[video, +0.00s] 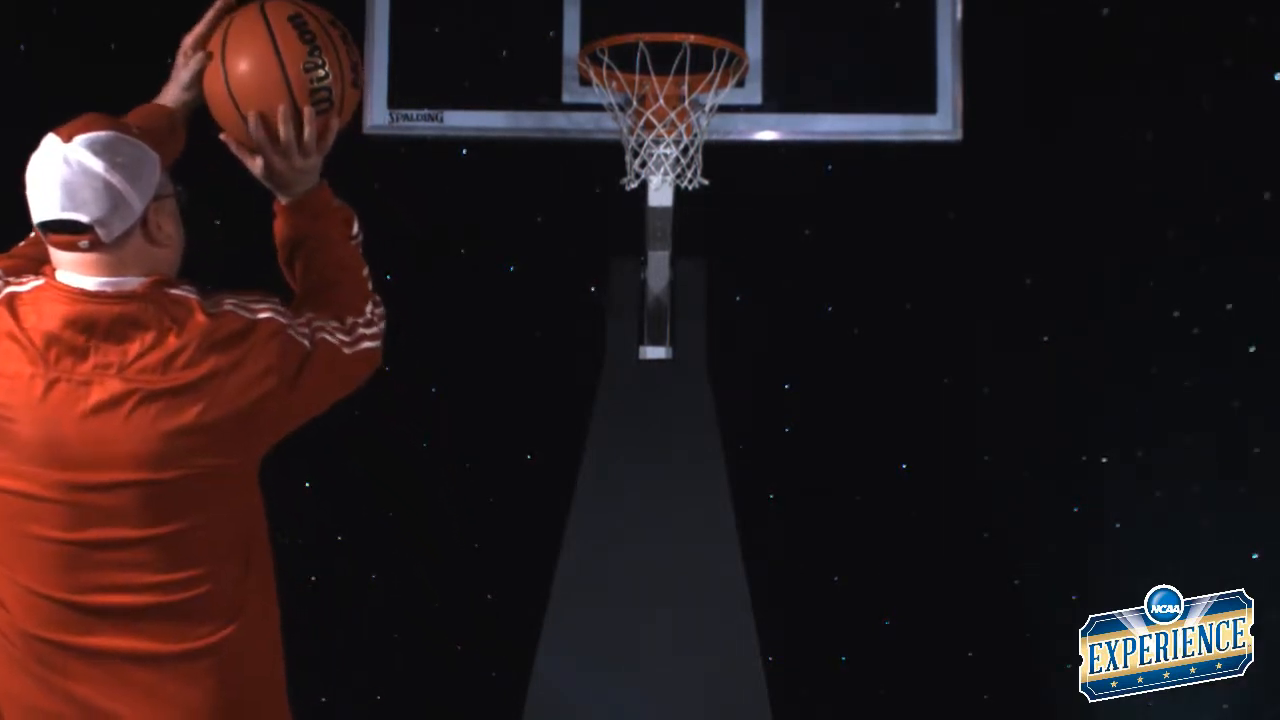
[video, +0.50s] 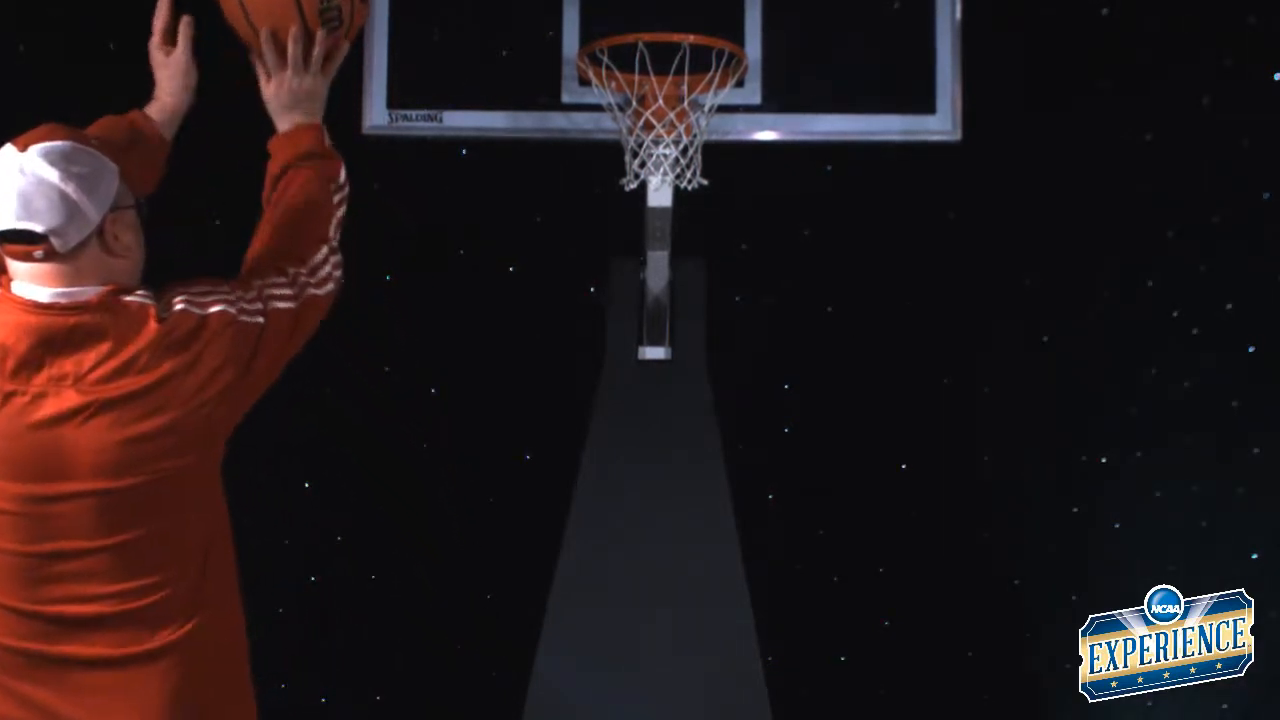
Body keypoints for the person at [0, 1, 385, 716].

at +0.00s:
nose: (176, 210)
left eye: (169, 195)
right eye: (169, 198)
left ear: (50, 224)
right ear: (154, 222)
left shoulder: (3, 325)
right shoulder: (223, 353)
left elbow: (63, 215)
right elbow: (355, 332)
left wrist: (170, 105)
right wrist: (305, 199)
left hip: (33, 698)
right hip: (200, 700)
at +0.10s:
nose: (169, 212)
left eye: (162, 196)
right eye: (161, 199)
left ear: (45, 224)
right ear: (145, 223)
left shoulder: (3, 327)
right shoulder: (216, 352)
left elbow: (60, 214)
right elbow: (345, 325)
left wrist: (168, 103)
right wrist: (305, 190)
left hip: (30, 697)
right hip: (193, 698)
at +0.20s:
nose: (160, 212)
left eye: (153, 198)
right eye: (152, 200)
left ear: (38, 229)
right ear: (134, 226)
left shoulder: (3, 328)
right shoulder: (207, 348)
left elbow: (48, 219)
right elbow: (337, 315)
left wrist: (166, 104)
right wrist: (304, 176)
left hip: (28, 698)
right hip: (188, 699)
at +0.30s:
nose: (152, 214)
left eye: (145, 200)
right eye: (144, 202)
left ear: (30, 233)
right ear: (125, 228)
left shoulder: (1, 329)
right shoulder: (197, 349)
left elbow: (42, 216)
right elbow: (326, 303)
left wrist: (162, 110)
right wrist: (302, 159)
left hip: (24, 698)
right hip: (182, 698)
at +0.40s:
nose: (146, 218)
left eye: (138, 204)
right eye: (138, 205)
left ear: (26, 235)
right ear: (118, 229)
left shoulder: (4, 325)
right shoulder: (181, 349)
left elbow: (47, 208)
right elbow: (312, 291)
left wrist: (159, 115)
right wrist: (301, 143)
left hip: (22, 697)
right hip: (174, 698)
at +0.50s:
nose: (139, 220)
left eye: (132, 207)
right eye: (131, 207)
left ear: (22, 236)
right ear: (108, 232)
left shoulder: (2, 327)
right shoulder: (170, 355)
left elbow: (39, 193)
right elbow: (300, 271)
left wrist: (158, 117)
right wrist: (301, 129)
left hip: (19, 697)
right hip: (166, 699)